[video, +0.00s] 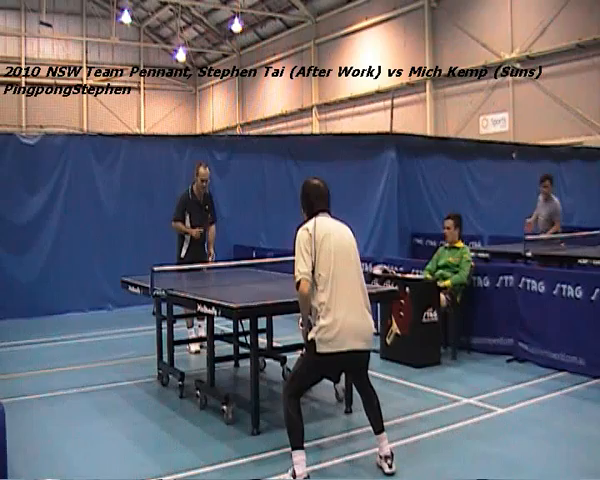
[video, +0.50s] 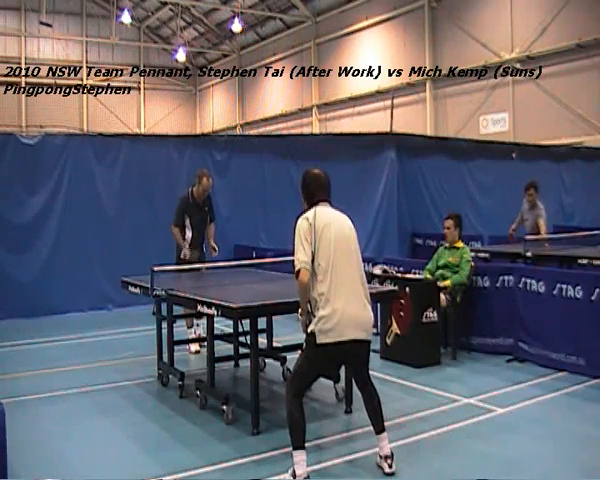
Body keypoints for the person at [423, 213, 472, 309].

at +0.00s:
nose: (445, 232)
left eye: (448, 228)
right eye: (444, 228)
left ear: (457, 230)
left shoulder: (464, 251)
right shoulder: (442, 249)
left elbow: (463, 276)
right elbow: (429, 268)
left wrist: (445, 283)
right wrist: (429, 277)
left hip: (452, 286)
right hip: (435, 282)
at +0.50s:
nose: (445, 232)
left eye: (448, 228)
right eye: (444, 228)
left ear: (457, 230)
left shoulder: (464, 251)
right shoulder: (442, 249)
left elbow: (463, 277)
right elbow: (430, 268)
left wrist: (445, 283)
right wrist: (428, 277)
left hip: (453, 285)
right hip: (436, 282)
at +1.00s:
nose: (445, 232)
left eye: (448, 228)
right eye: (444, 228)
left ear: (457, 230)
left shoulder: (464, 251)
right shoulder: (441, 249)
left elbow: (463, 276)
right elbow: (429, 268)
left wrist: (445, 283)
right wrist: (428, 277)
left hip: (454, 285)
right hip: (436, 282)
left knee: (441, 298)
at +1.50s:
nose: (445, 232)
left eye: (448, 228)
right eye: (444, 228)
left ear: (457, 230)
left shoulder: (464, 251)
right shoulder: (442, 249)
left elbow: (463, 277)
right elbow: (429, 268)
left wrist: (445, 283)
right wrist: (428, 277)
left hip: (452, 286)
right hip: (435, 282)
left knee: (440, 298)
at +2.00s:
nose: (445, 232)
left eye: (448, 229)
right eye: (444, 229)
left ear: (457, 230)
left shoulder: (464, 251)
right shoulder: (442, 249)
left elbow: (463, 276)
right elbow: (429, 267)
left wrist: (445, 283)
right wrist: (428, 277)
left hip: (453, 284)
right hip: (436, 281)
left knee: (442, 298)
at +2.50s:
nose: (445, 232)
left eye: (448, 229)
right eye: (444, 229)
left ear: (457, 230)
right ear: (443, 230)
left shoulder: (464, 251)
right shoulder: (442, 249)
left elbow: (463, 276)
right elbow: (430, 267)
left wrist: (446, 283)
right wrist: (428, 277)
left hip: (452, 284)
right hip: (436, 281)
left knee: (442, 298)